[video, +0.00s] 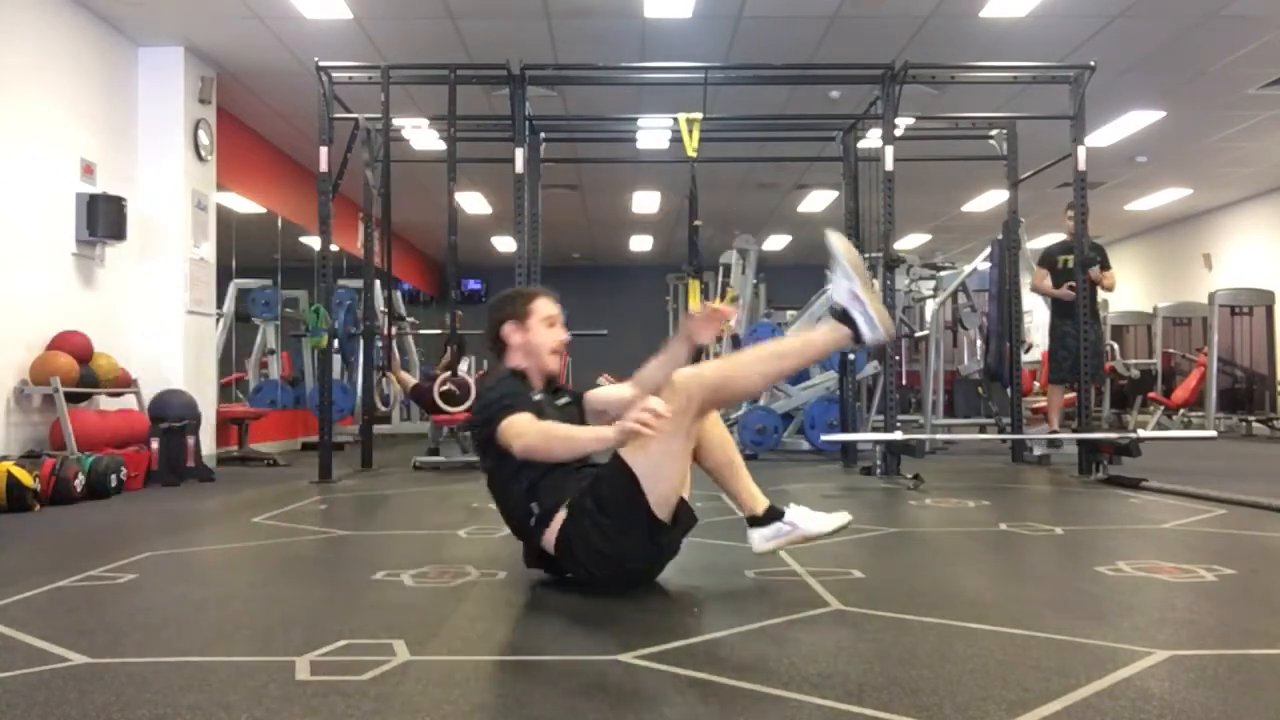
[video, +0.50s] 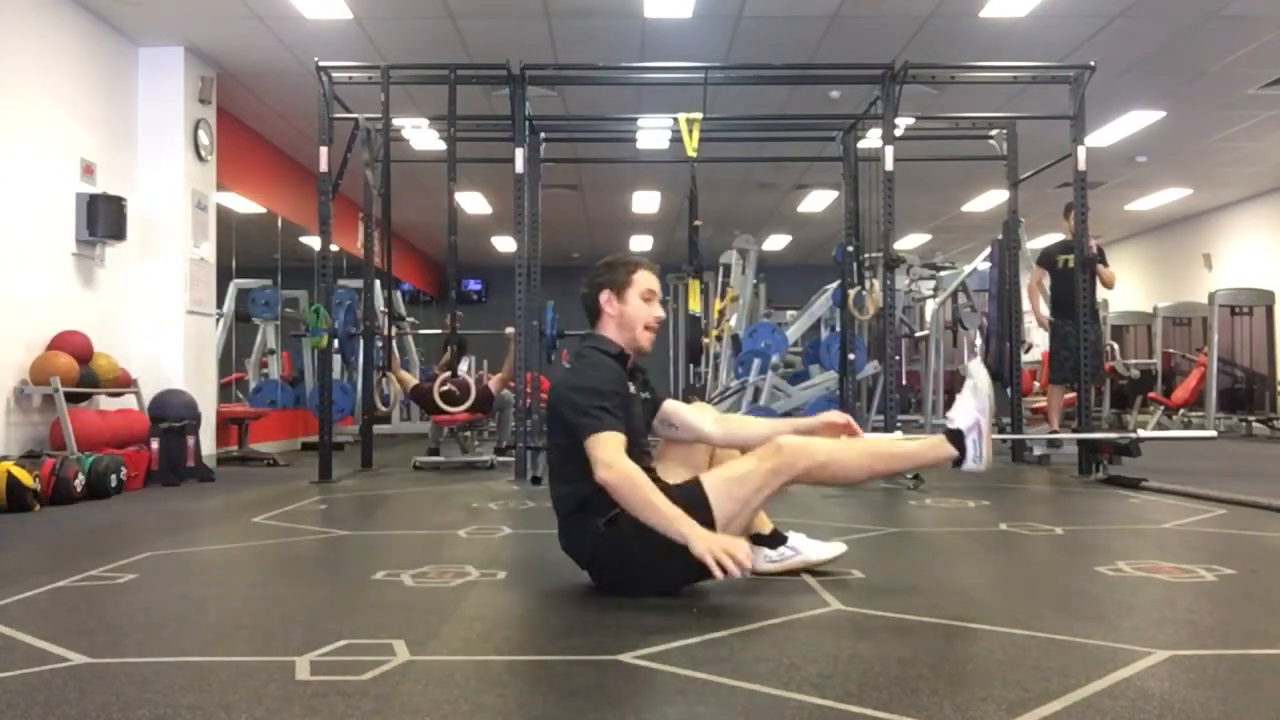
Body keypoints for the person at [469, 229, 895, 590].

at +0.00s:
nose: (565, 337)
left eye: (562, 326)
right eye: (552, 325)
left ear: (537, 337)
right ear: (512, 335)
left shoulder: (553, 399)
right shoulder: (498, 395)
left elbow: (632, 391)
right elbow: (526, 440)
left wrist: (686, 340)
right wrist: (612, 434)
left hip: (620, 538)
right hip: (591, 546)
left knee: (688, 401)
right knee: (685, 387)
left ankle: (764, 518)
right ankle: (846, 326)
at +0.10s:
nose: (590, 327)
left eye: (589, 318)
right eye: (577, 316)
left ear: (563, 328)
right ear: (538, 324)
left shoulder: (577, 387)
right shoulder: (521, 380)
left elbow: (655, 399)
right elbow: (543, 438)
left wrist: (721, 360)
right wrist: (633, 445)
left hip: (618, 538)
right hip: (590, 542)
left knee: (701, 408)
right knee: (711, 397)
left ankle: (764, 532)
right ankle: (877, 355)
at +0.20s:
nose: (614, 323)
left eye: (613, 313)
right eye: (602, 311)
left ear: (581, 320)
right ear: (562, 316)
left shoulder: (592, 384)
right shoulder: (539, 381)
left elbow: (672, 409)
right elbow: (559, 443)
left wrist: (754, 382)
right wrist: (655, 467)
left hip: (627, 541)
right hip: (597, 549)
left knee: (708, 424)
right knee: (731, 416)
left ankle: (769, 541)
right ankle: (906, 386)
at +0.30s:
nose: (627, 321)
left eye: (626, 310)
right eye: (615, 308)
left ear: (590, 314)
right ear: (575, 312)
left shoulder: (598, 382)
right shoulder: (555, 376)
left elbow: (681, 413)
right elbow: (571, 449)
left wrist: (765, 391)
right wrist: (667, 483)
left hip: (625, 538)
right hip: (604, 548)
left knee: (702, 429)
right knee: (747, 424)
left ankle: (769, 542)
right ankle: (923, 401)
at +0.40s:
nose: (644, 318)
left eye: (643, 306)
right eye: (633, 304)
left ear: (604, 309)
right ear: (593, 307)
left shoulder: (608, 378)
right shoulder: (574, 372)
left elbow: (694, 419)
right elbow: (590, 457)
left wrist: (783, 408)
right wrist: (680, 508)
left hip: (627, 536)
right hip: (616, 547)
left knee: (694, 441)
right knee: (766, 436)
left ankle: (771, 543)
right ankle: (943, 423)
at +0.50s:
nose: (661, 314)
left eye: (661, 302)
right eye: (649, 299)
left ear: (619, 306)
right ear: (608, 304)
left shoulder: (617, 374)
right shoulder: (593, 372)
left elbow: (700, 424)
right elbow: (611, 469)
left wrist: (801, 428)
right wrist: (697, 535)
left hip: (630, 538)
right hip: (625, 551)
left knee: (696, 432)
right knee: (785, 452)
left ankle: (762, 542)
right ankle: (958, 443)